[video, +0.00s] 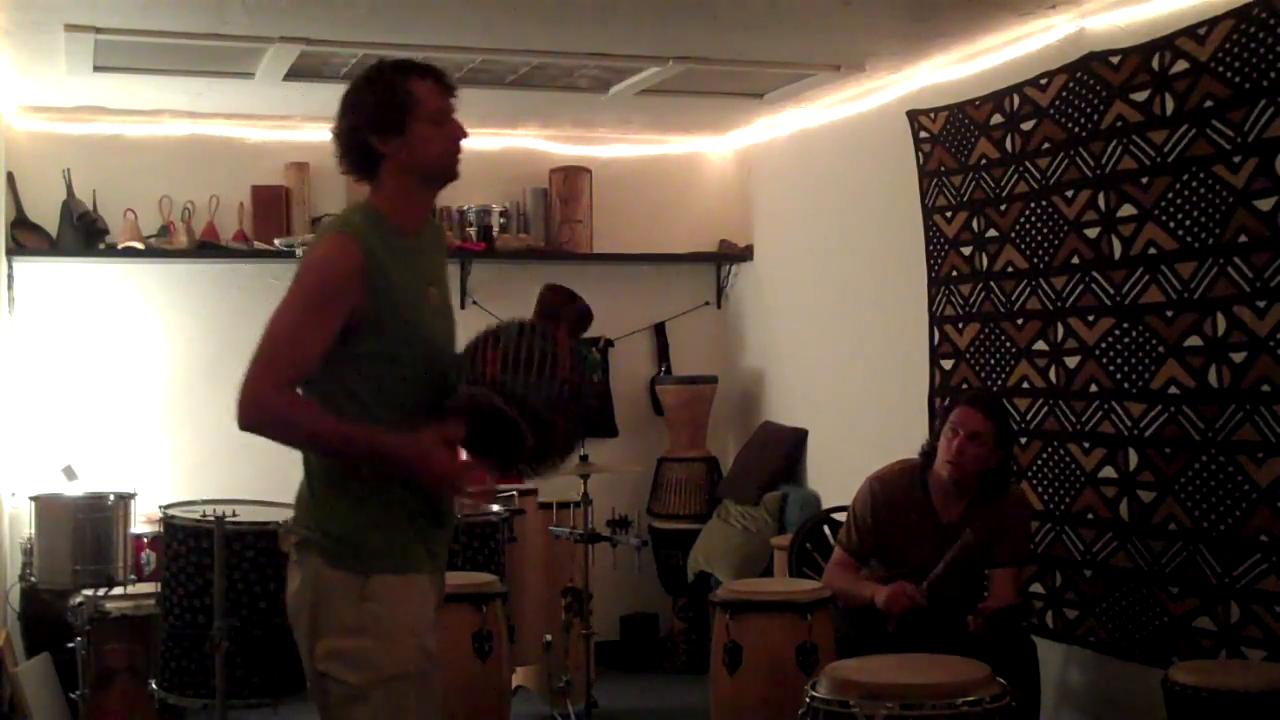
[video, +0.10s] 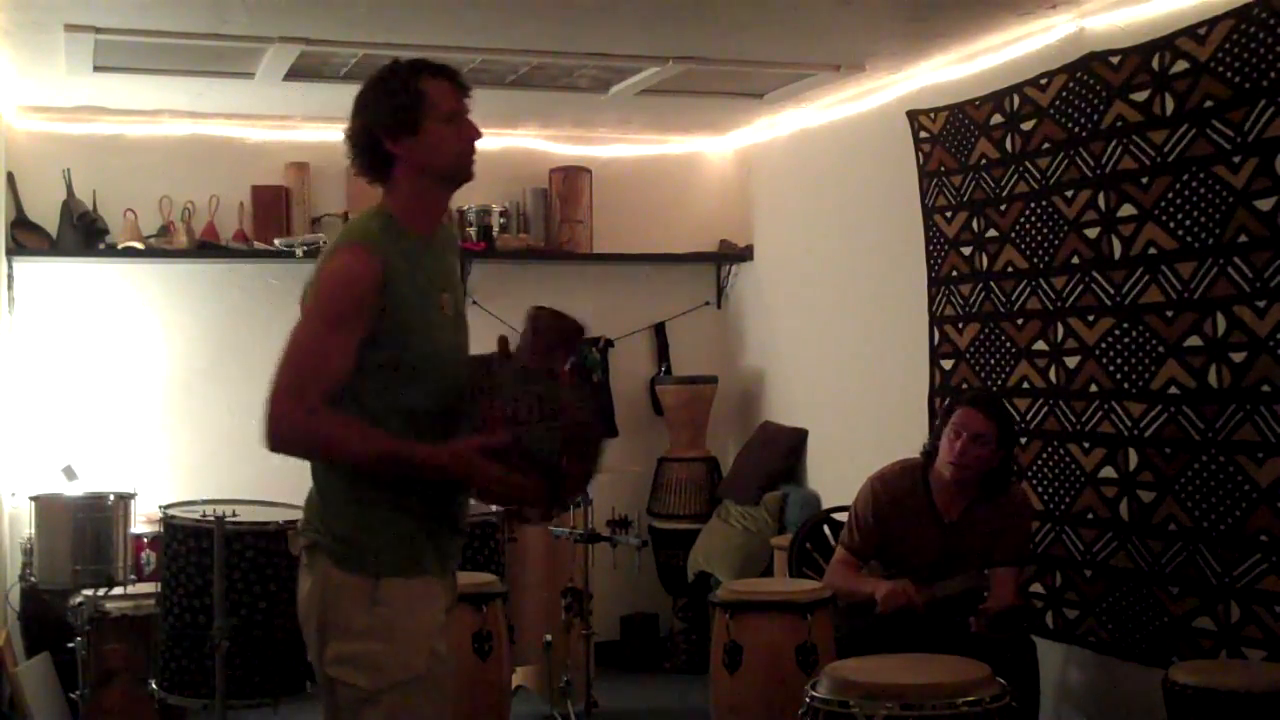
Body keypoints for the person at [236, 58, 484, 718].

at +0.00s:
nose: (461, 128)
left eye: (454, 114)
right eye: (442, 116)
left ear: (403, 140)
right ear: (388, 139)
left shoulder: (425, 240)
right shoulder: (345, 248)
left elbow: (414, 385)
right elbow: (260, 403)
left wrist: (491, 422)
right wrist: (406, 450)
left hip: (407, 551)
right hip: (356, 563)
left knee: (407, 705)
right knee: (375, 706)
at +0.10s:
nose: (476, 129)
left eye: (469, 114)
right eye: (456, 117)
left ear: (412, 141)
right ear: (401, 140)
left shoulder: (444, 244)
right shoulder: (360, 258)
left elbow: (428, 394)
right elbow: (288, 421)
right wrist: (447, 460)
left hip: (423, 556)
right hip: (367, 568)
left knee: (426, 708)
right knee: (383, 711)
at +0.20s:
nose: (484, 125)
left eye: (476, 111)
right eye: (462, 114)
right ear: (408, 140)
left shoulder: (444, 243)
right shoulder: (371, 267)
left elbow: (436, 377)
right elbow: (341, 445)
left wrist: (536, 356)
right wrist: (498, 426)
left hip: (431, 555)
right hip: (377, 569)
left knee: (437, 705)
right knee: (393, 709)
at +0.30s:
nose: (485, 119)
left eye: (478, 106)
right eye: (465, 108)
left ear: (423, 138)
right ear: (409, 135)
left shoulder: (430, 244)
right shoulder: (394, 255)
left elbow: (454, 358)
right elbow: (409, 444)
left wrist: (563, 348)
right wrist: (566, 416)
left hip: (438, 559)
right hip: (390, 572)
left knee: (474, 702)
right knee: (412, 709)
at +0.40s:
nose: (482, 122)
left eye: (475, 106)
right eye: (462, 109)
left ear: (409, 134)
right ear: (406, 130)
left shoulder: (404, 233)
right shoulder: (413, 248)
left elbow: (488, 337)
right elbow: (461, 433)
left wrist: (614, 338)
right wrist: (617, 405)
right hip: (408, 577)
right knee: (434, 708)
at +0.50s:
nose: (481, 122)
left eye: (473, 106)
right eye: (462, 108)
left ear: (409, 133)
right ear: (404, 130)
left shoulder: (418, 238)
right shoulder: (409, 251)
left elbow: (514, 346)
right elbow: (469, 431)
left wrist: (637, 344)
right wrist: (610, 385)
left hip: (433, 566)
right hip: (418, 578)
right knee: (449, 709)